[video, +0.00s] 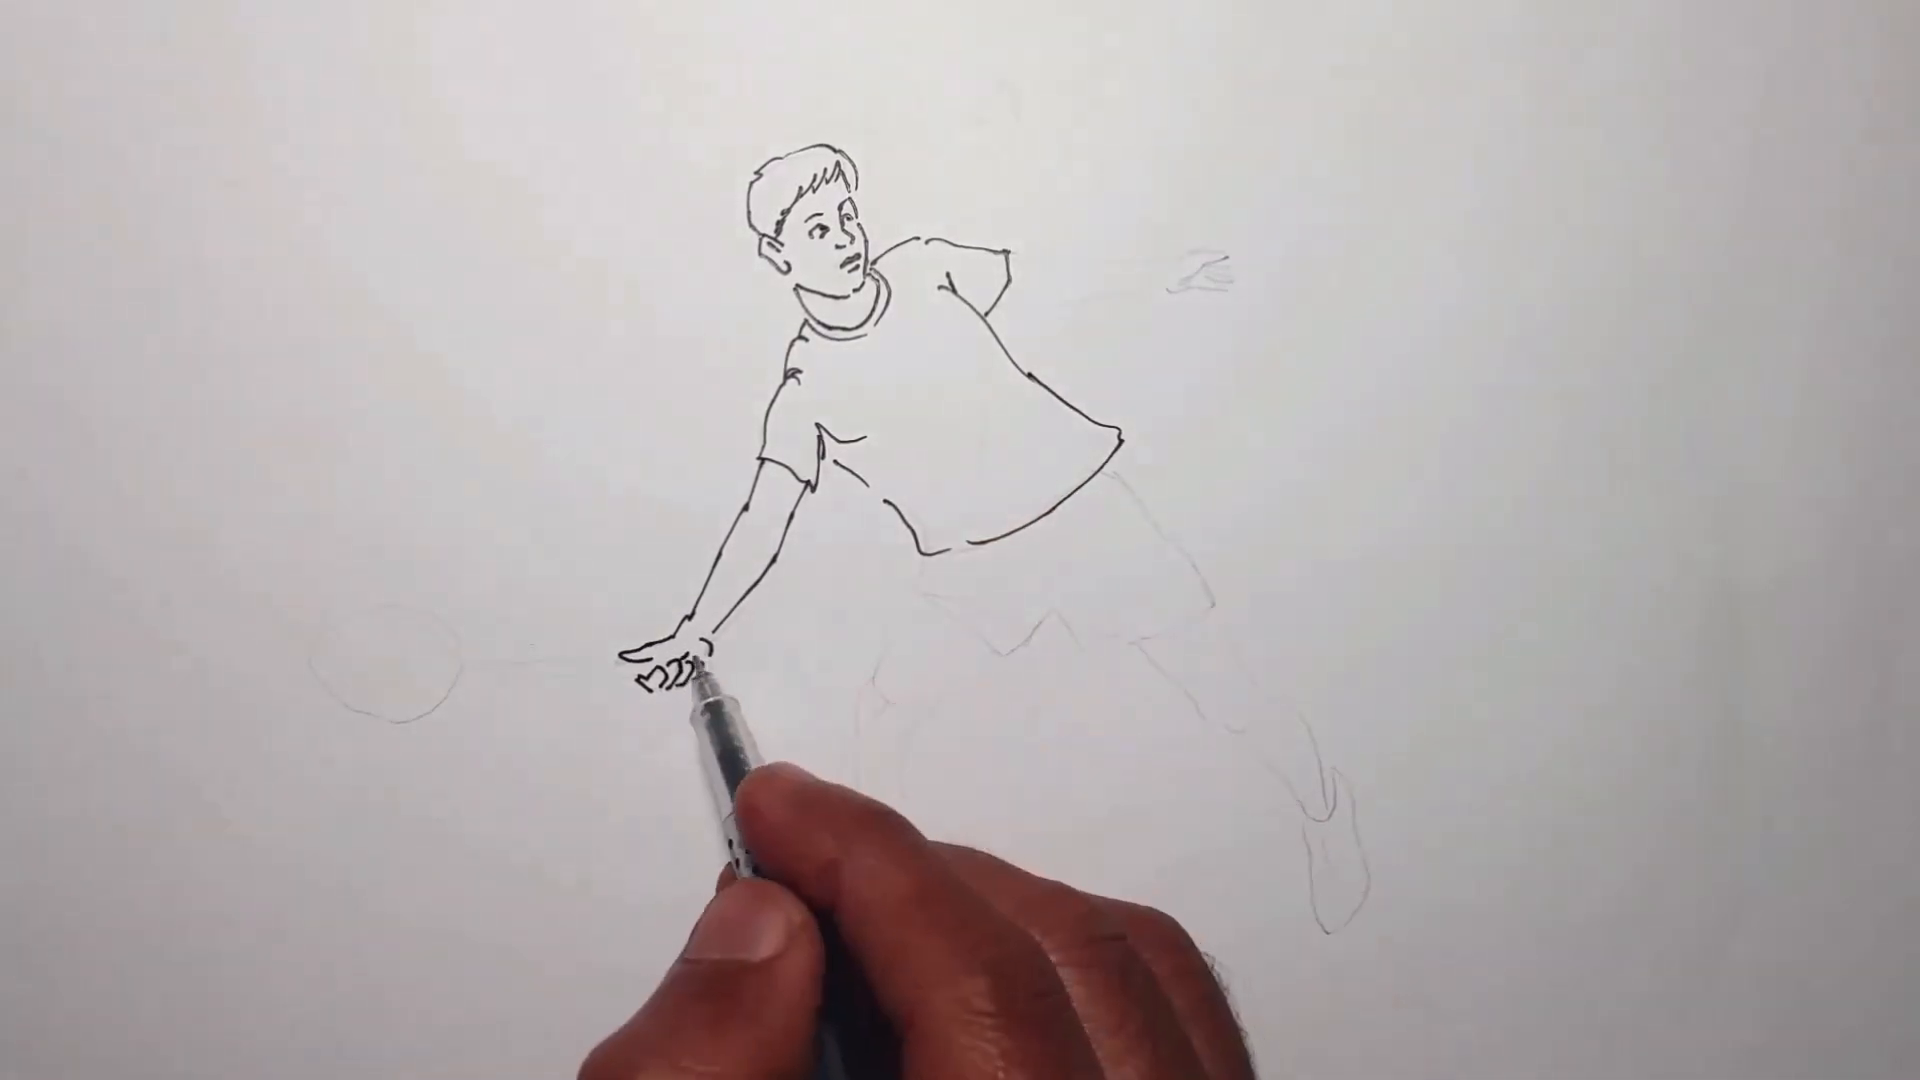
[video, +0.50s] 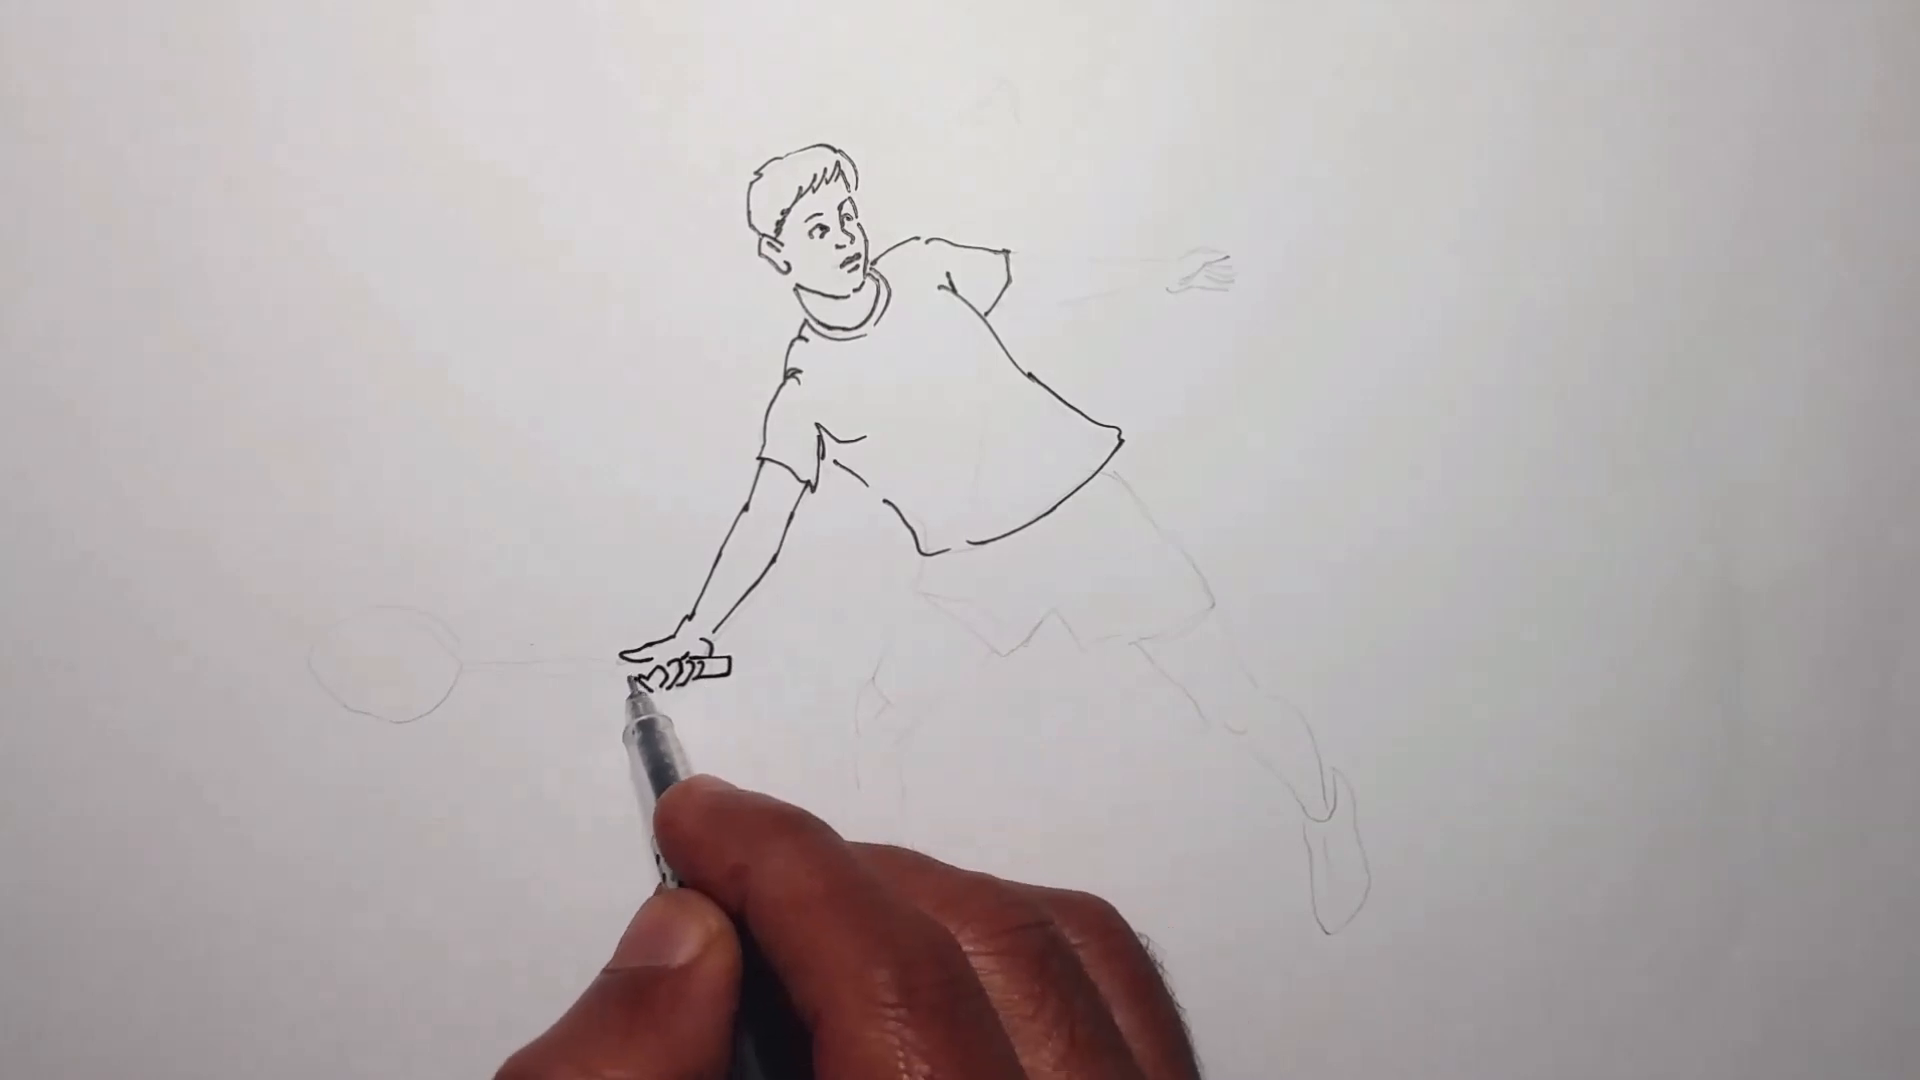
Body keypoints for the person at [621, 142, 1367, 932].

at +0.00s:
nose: (833, 242)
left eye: (838, 214)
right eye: (804, 233)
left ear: (861, 210)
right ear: (775, 259)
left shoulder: (937, 275)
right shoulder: (805, 392)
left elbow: (1032, 266)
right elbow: (760, 526)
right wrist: (692, 631)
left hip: (1095, 521)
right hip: (962, 586)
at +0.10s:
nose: (835, 243)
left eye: (839, 214)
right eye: (804, 233)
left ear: (862, 209)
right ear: (774, 260)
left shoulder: (939, 276)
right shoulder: (803, 393)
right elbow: (759, 527)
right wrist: (692, 631)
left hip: (1092, 518)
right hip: (961, 585)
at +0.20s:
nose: (837, 241)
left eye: (841, 213)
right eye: (807, 232)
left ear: (862, 209)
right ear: (775, 259)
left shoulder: (939, 275)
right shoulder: (804, 392)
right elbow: (762, 524)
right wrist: (699, 627)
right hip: (966, 588)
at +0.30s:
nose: (835, 242)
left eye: (839, 214)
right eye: (806, 232)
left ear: (862, 211)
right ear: (776, 259)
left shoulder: (940, 276)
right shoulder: (806, 391)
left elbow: (1058, 273)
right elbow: (762, 524)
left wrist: (1177, 282)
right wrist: (699, 627)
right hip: (959, 589)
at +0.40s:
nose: (835, 241)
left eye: (839, 215)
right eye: (807, 232)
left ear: (862, 211)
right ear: (776, 258)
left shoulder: (938, 273)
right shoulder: (805, 392)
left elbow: (1063, 272)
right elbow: (761, 523)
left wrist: (1183, 281)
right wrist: (698, 628)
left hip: (1095, 519)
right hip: (965, 587)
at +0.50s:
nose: (833, 243)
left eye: (837, 215)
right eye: (805, 233)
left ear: (861, 211)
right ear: (775, 259)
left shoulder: (937, 272)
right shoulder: (805, 392)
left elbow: (1066, 274)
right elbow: (762, 522)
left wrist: (1179, 282)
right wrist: (700, 627)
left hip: (1094, 516)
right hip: (967, 585)